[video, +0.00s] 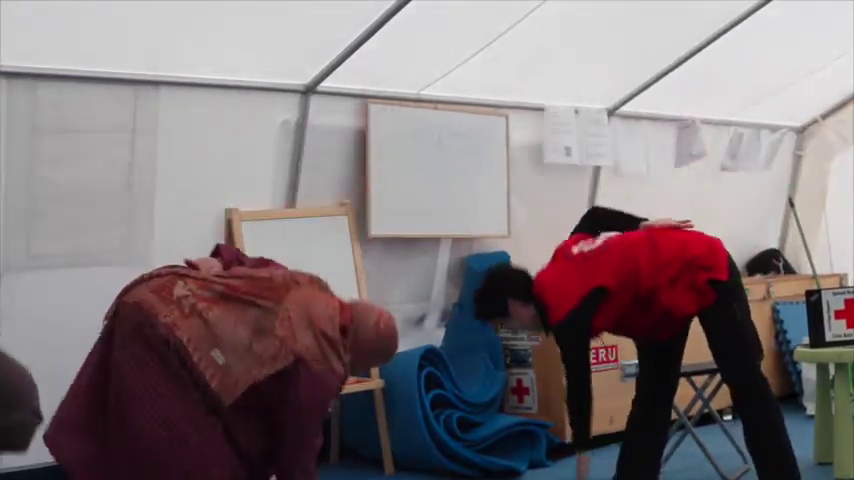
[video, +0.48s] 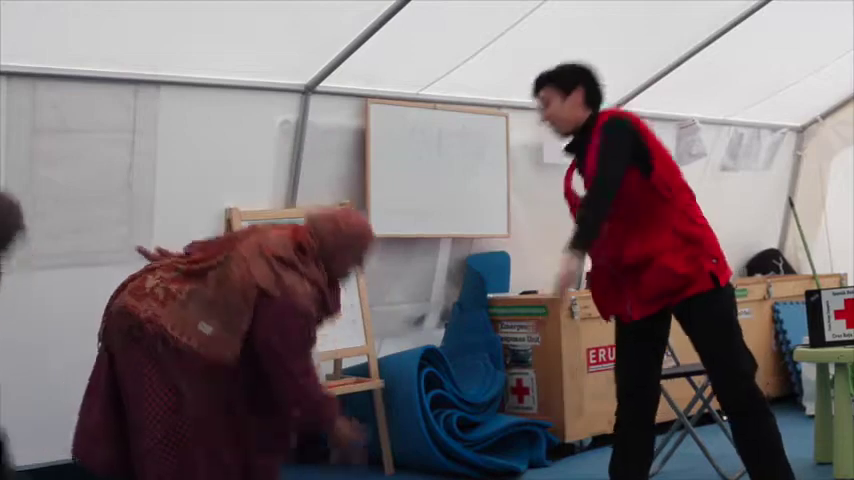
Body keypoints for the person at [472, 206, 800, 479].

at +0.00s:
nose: (512, 328)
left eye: (506, 320)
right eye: (505, 323)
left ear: (516, 304)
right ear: (519, 295)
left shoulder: (566, 311)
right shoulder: (561, 262)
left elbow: (579, 387)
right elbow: (594, 215)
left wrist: (582, 456)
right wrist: (646, 226)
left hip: (705, 268)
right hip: (660, 293)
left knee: (747, 385)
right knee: (652, 399)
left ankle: (780, 470)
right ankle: (635, 472)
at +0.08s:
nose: (504, 295)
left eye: (501, 284)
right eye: (497, 288)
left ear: (517, 269)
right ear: (518, 265)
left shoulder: (562, 282)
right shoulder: (558, 249)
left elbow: (568, 359)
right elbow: (606, 206)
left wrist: (567, 427)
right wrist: (662, 226)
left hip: (706, 268)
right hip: (659, 291)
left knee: (746, 381)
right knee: (652, 400)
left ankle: (780, 473)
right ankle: (635, 475)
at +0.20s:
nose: (497, 238)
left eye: (497, 226)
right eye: (493, 230)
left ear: (517, 212)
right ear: (517, 214)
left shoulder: (566, 229)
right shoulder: (556, 231)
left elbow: (558, 311)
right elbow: (556, 311)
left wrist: (545, 380)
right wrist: (545, 374)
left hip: (707, 270)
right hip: (657, 290)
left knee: (746, 385)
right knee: (648, 400)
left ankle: (777, 475)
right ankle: (633, 476)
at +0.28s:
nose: (504, 193)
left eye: (507, 181)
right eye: (500, 184)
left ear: (531, 170)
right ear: (528, 174)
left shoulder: (573, 191)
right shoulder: (557, 202)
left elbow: (557, 274)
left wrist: (536, 341)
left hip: (703, 270)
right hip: (650, 289)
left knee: (744, 386)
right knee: (645, 403)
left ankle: (777, 473)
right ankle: (631, 474)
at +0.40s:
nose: (525, 139)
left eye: (529, 127)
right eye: (522, 131)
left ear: (557, 117)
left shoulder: (596, 144)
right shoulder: (574, 178)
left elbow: (580, 216)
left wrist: (547, 283)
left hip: (696, 269)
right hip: (644, 286)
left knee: (739, 387)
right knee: (638, 402)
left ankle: (775, 473)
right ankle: (628, 474)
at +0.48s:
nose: (543, 113)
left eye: (547, 102)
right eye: (540, 106)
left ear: (577, 95)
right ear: (569, 102)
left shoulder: (616, 125)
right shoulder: (578, 169)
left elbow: (604, 190)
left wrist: (574, 251)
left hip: (689, 270)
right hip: (638, 287)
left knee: (736, 387)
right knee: (634, 406)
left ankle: (774, 475)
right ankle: (627, 476)